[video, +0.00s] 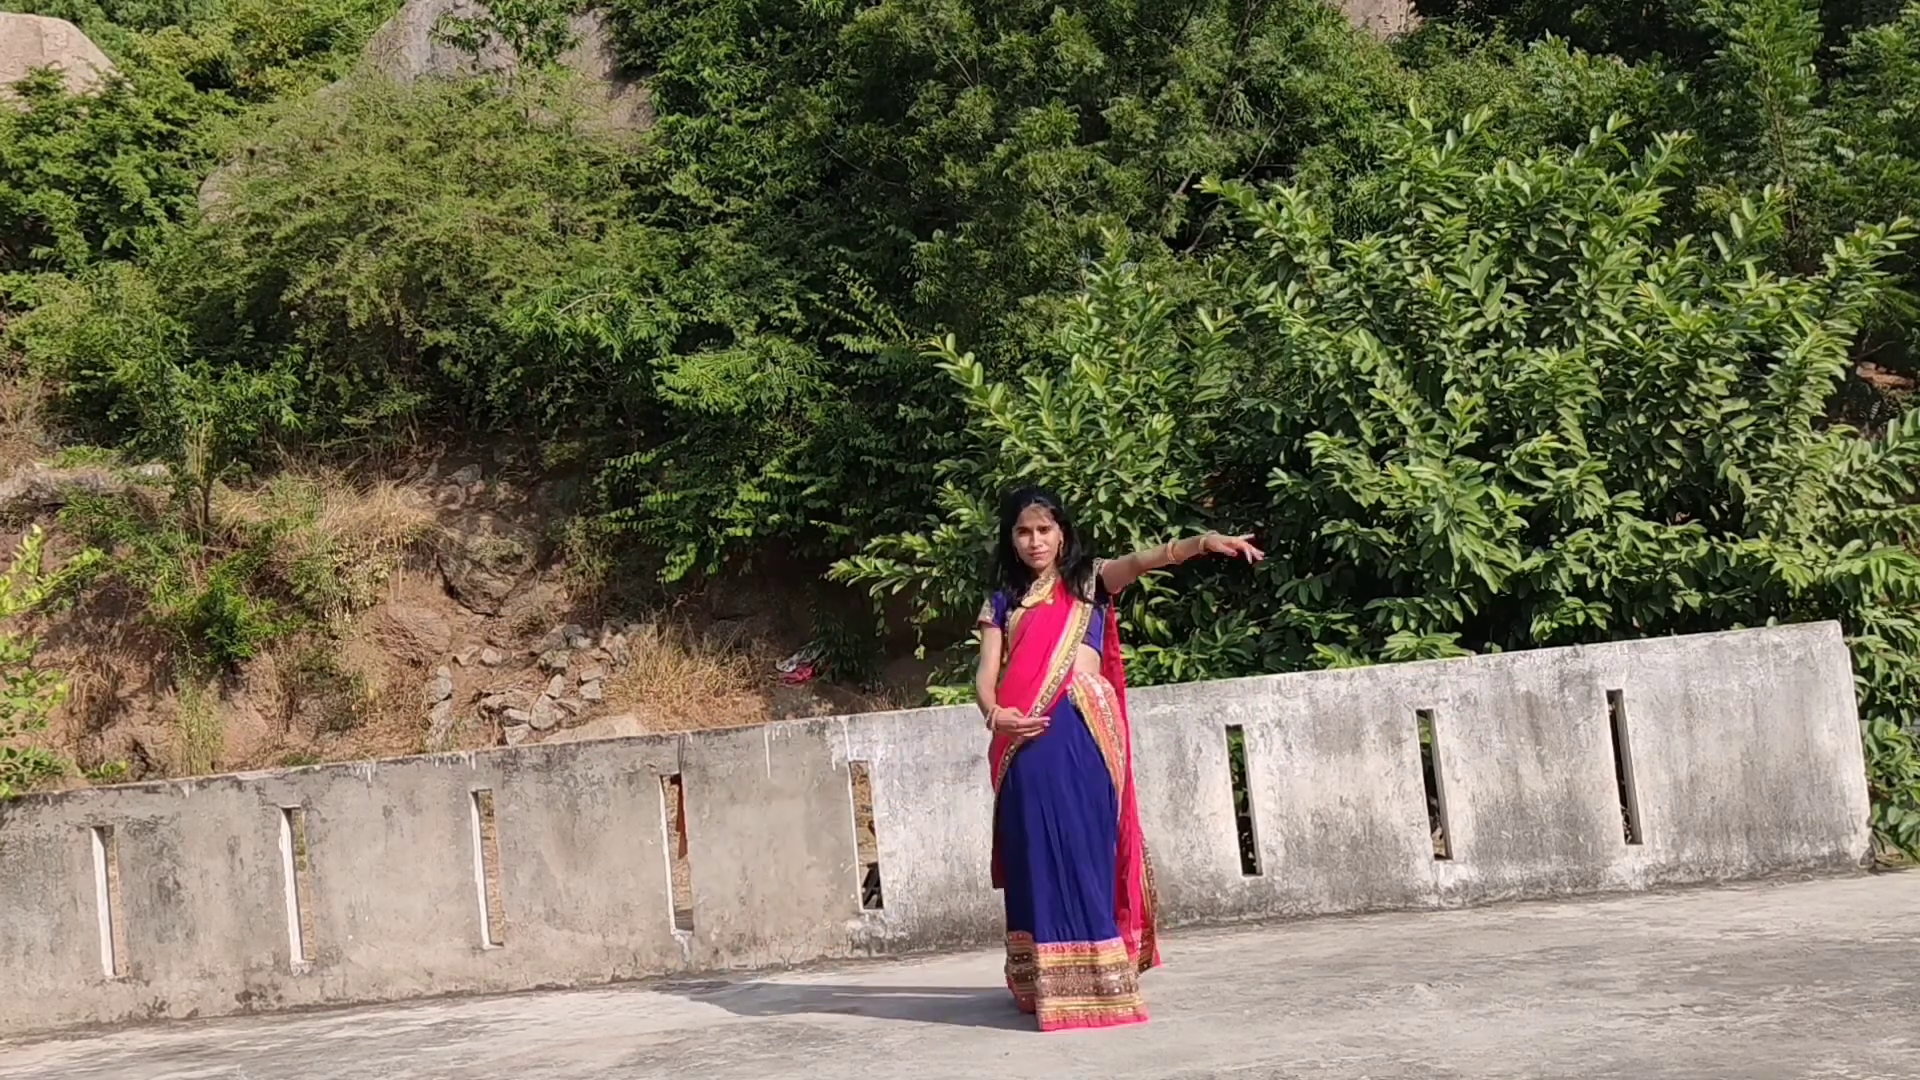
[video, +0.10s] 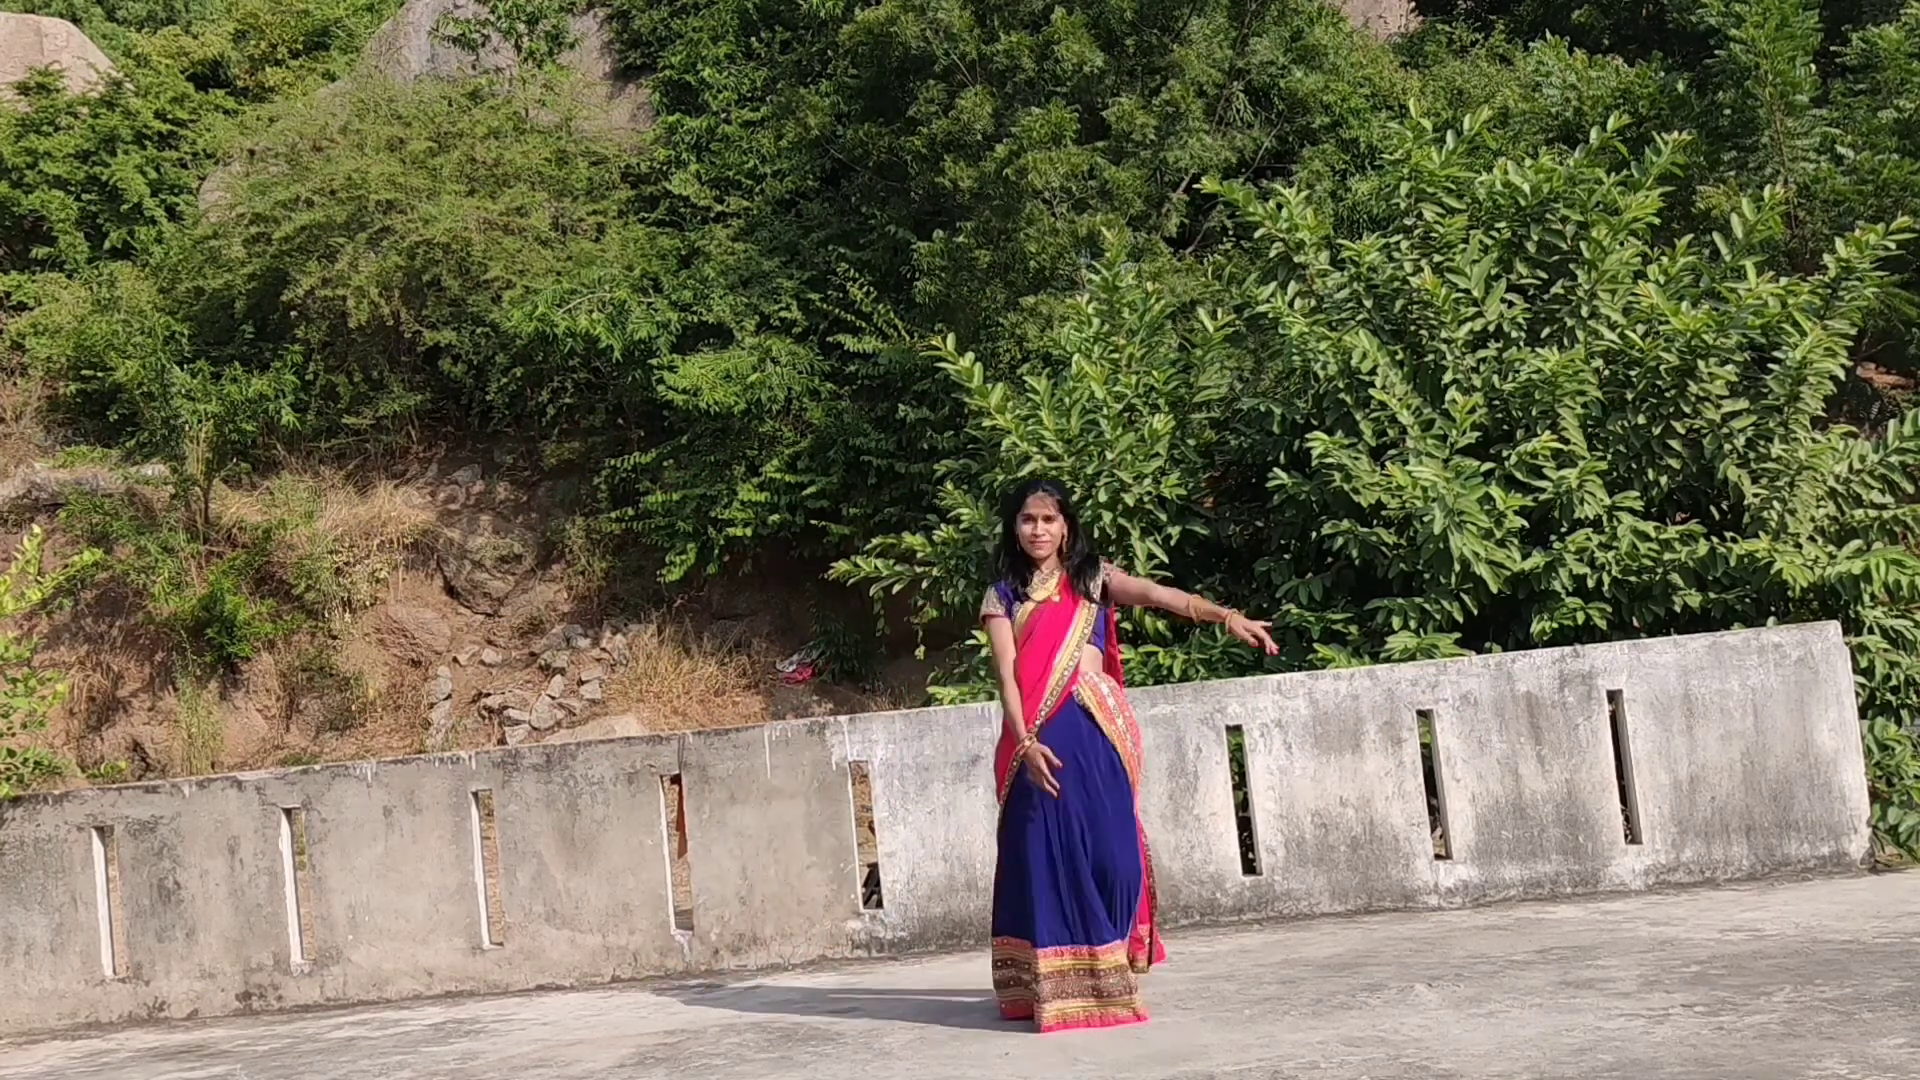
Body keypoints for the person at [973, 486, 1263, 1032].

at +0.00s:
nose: (1035, 540)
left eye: (1044, 529)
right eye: (1024, 531)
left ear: (1062, 534)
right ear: (1011, 540)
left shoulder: (1090, 579)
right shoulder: (1001, 604)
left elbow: (1145, 559)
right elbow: (986, 674)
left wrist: (1206, 542)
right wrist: (994, 714)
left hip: (1084, 734)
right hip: (1025, 740)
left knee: (1086, 855)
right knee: (1037, 860)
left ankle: (1100, 983)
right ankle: (1051, 988)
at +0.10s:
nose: (1038, 529)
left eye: (1049, 518)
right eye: (1028, 519)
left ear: (1066, 526)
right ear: (1015, 529)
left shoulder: (1093, 576)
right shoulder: (1003, 596)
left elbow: (1160, 596)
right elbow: (1006, 674)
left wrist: (1228, 617)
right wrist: (1026, 741)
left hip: (1097, 735)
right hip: (1035, 739)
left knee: (1105, 854)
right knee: (1040, 859)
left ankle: (1106, 982)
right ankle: (1053, 989)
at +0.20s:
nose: (1043, 515)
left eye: (1054, 506)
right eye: (1034, 505)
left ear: (1072, 516)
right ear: (1018, 513)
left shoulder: (1093, 575)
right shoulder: (1005, 585)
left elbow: (1151, 629)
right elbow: (1012, 669)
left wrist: (1210, 682)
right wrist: (1041, 745)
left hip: (1102, 726)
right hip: (1043, 732)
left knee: (1113, 850)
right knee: (1042, 857)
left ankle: (1122, 987)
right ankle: (1049, 994)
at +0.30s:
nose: (1052, 506)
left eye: (1063, 499)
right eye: (1043, 497)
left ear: (1078, 512)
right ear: (1025, 507)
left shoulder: (1095, 574)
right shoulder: (1013, 577)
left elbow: (1127, 651)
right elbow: (1019, 667)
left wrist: (1165, 720)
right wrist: (1046, 745)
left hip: (1113, 718)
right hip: (1059, 727)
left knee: (1116, 850)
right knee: (1066, 857)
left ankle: (1136, 999)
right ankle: (1073, 999)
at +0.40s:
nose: (1063, 505)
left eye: (1073, 497)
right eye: (1053, 496)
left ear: (1089, 511)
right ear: (1035, 509)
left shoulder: (1096, 576)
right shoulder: (1024, 574)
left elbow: (1118, 654)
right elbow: (1024, 665)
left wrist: (1144, 729)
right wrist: (1048, 746)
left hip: (1125, 725)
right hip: (1077, 732)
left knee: (1137, 855)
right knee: (1092, 860)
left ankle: (1138, 1002)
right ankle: (1101, 1008)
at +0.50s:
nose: (1072, 500)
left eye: (1082, 491)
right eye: (1061, 492)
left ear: (1099, 506)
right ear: (1044, 507)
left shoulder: (1103, 576)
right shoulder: (1034, 568)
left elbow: (1122, 662)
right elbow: (1029, 661)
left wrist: (1158, 745)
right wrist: (1055, 742)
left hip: (1134, 732)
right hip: (1083, 738)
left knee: (1141, 865)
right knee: (1091, 870)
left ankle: (1141, 1006)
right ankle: (1101, 1012)